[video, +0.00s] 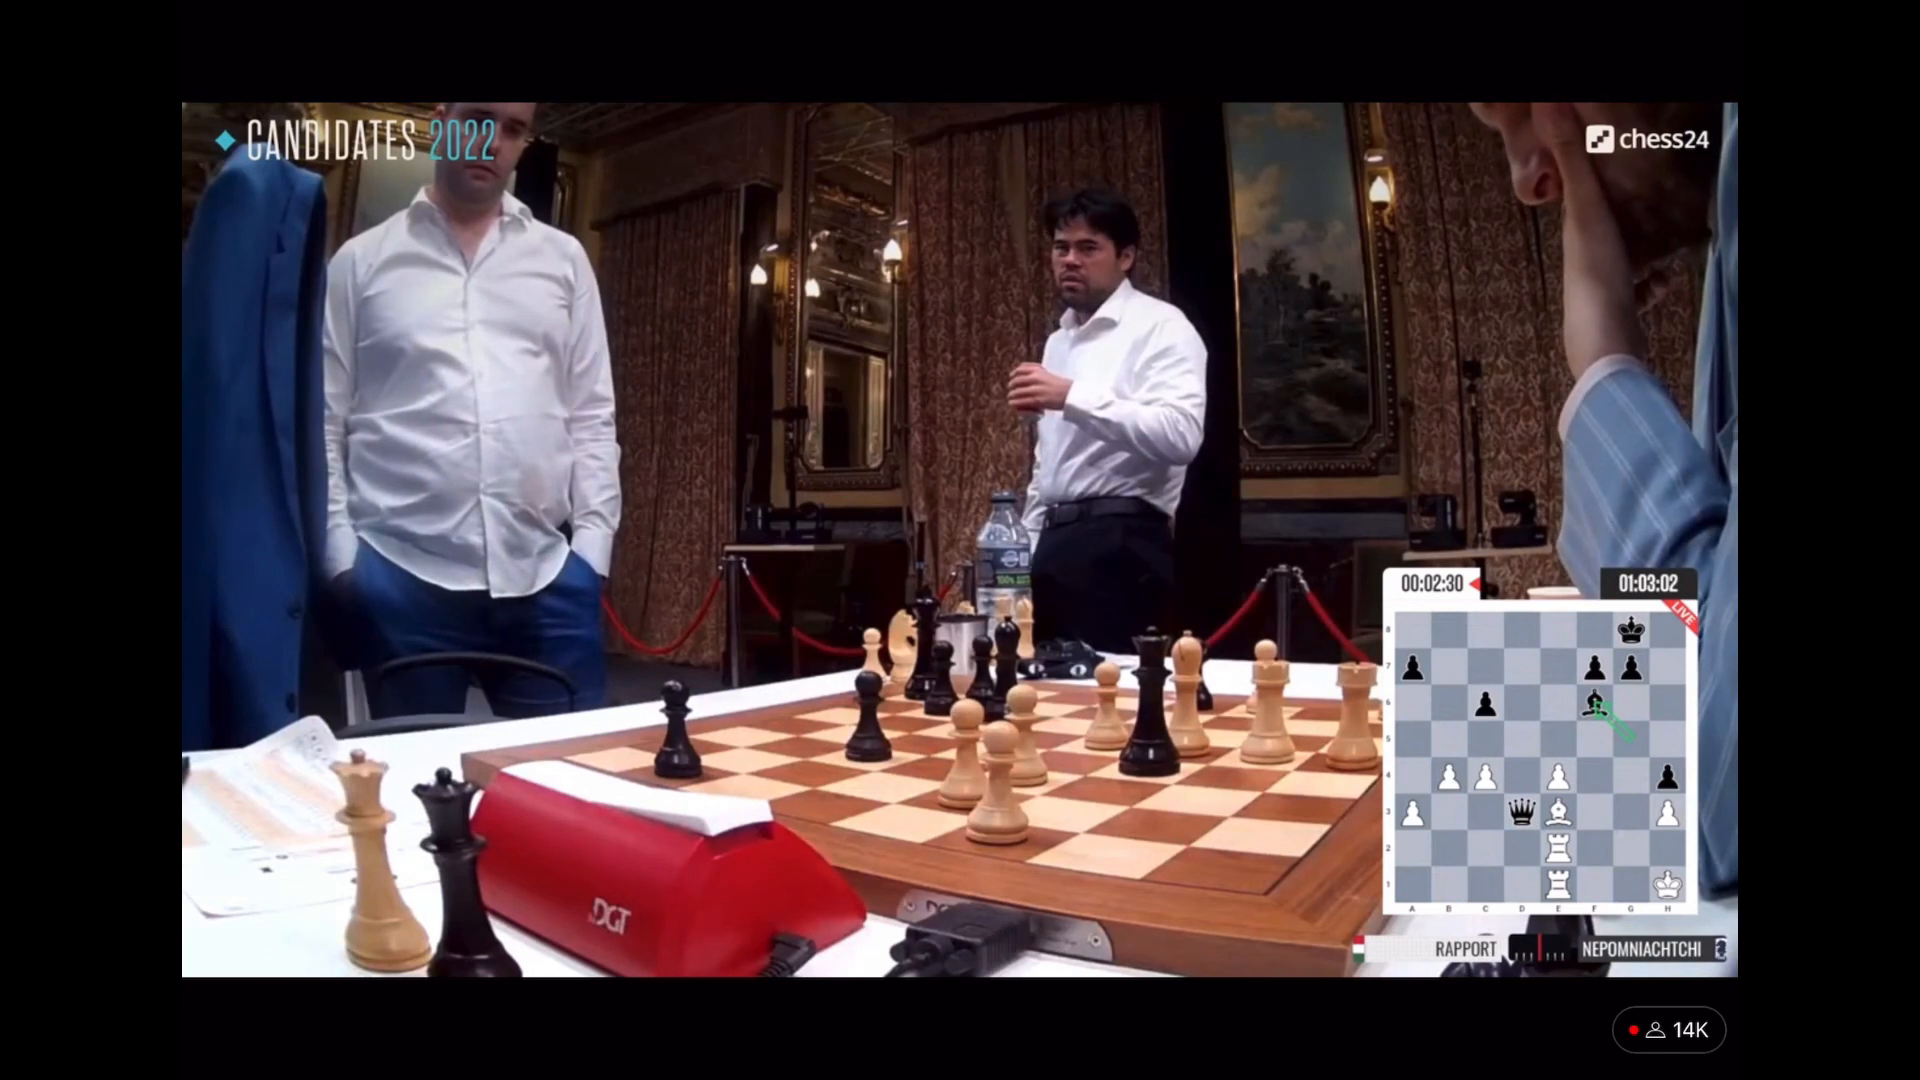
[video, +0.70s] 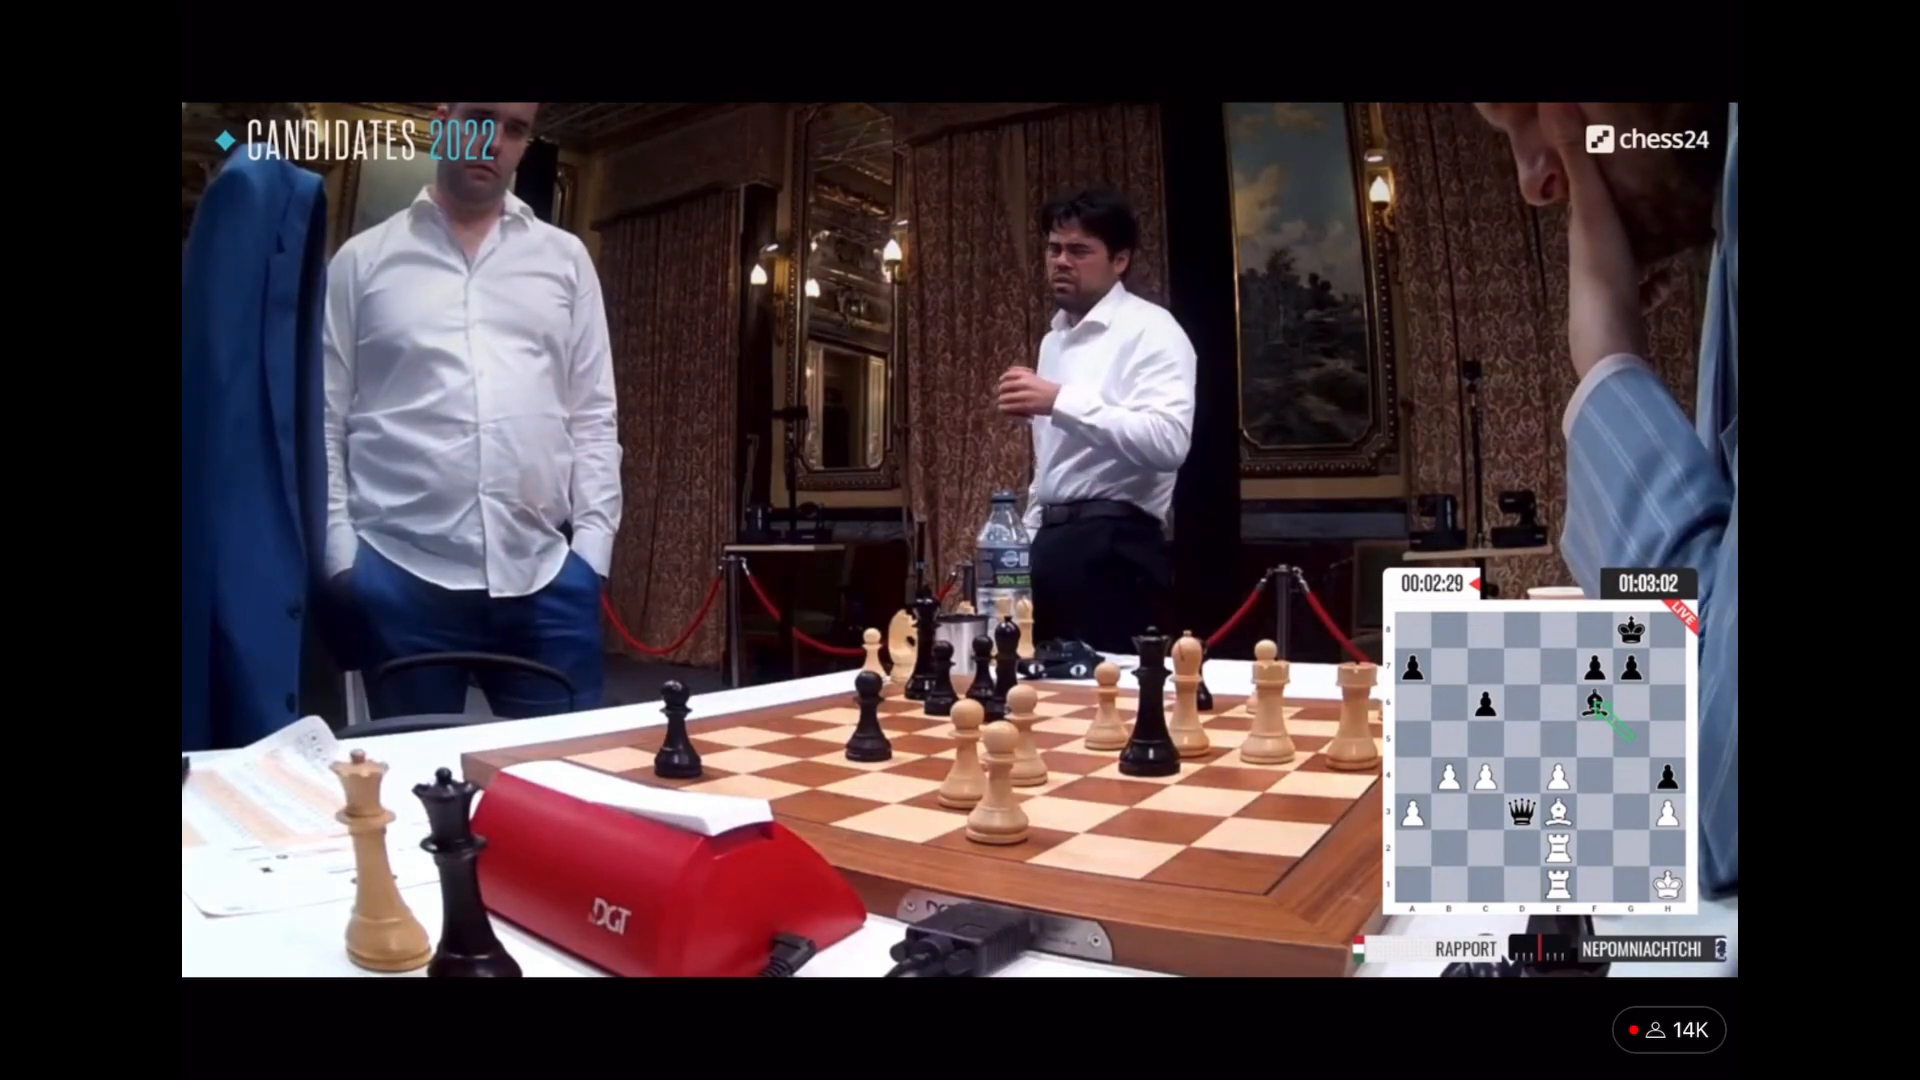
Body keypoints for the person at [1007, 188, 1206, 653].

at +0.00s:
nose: (1070, 261)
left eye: (1088, 248)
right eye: (1062, 247)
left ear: (1125, 258)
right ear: (1051, 254)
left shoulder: (1165, 328)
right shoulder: (1059, 342)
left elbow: (1180, 435)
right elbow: (1048, 458)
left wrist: (1071, 394)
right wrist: (1029, 539)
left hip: (1124, 535)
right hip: (1058, 534)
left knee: (1120, 695)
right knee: (1058, 695)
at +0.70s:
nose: (1061, 262)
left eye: (1079, 251)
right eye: (1055, 249)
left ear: (1119, 261)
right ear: (1045, 254)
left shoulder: (1155, 332)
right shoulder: (1054, 342)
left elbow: (1167, 442)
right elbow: (1051, 460)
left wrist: (1060, 400)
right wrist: (1030, 529)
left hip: (1118, 537)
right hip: (1055, 534)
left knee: (1118, 696)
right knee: (1060, 696)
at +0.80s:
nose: (1039, 264)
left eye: (1056, 251)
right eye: (1035, 250)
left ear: (1100, 262)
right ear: (1028, 254)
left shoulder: (1138, 332)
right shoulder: (1046, 338)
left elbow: (1148, 443)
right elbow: (1056, 445)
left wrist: (1039, 403)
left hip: (1105, 535)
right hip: (1050, 531)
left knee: (1103, 695)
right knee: (1055, 692)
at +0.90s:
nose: (1016, 266)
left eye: (1031, 253)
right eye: (1014, 254)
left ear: (1077, 261)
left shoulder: (1119, 333)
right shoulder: (1035, 338)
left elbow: (1125, 442)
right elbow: (1051, 445)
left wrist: (1018, 406)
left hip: (1092, 539)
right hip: (1040, 532)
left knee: (1092, 695)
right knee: (1044, 693)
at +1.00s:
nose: (979, 275)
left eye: (993, 261)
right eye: (979, 264)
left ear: (1041, 266)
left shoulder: (1083, 336)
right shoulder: (1017, 345)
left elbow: (1082, 444)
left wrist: (981, 409)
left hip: (1069, 546)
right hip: (1022, 540)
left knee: (1085, 699)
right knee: (1030, 697)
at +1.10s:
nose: (953, 283)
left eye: (965, 269)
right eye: (954, 271)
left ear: (1011, 273)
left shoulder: (1055, 342)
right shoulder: (999, 349)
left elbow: (1044, 446)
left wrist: (951, 412)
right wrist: (948, 415)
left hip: (1045, 546)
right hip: (1002, 539)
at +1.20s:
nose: (926, 289)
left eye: (936, 275)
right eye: (926, 278)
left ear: (981, 276)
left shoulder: (1021, 344)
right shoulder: (976, 348)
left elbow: (1009, 449)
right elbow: (979, 447)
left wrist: (920, 414)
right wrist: (917, 418)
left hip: (1007, 544)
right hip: (972, 537)